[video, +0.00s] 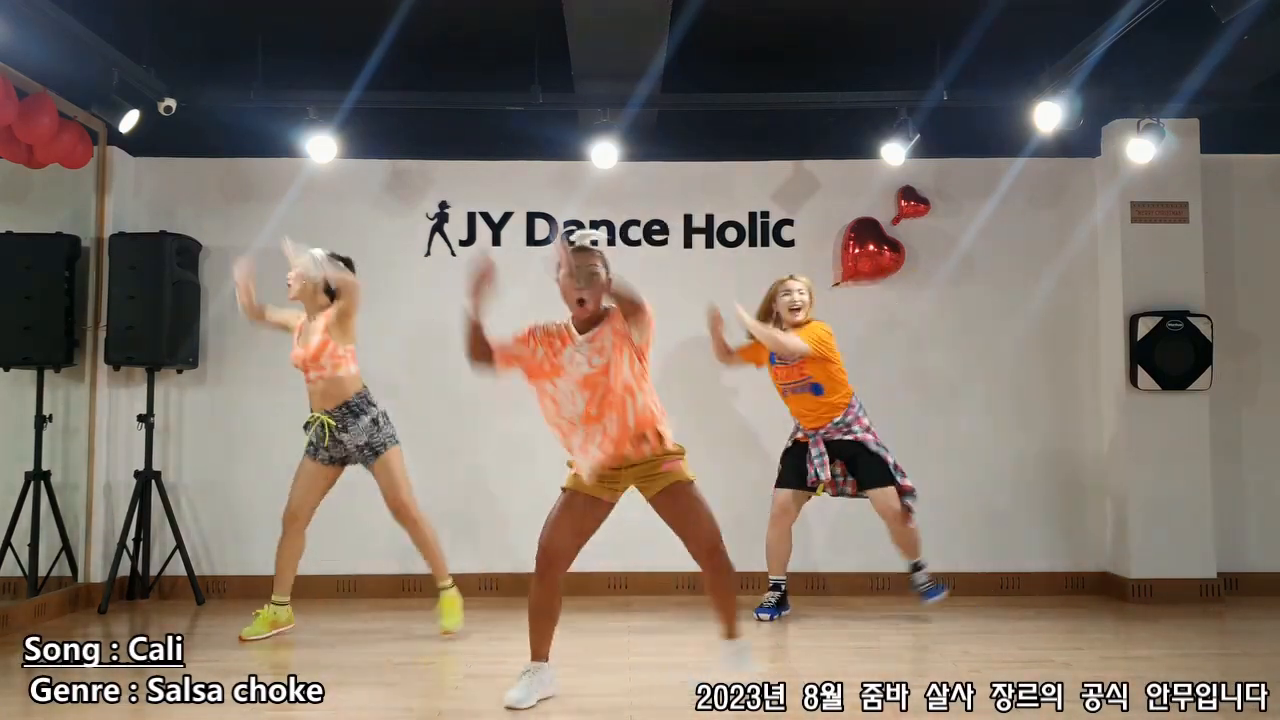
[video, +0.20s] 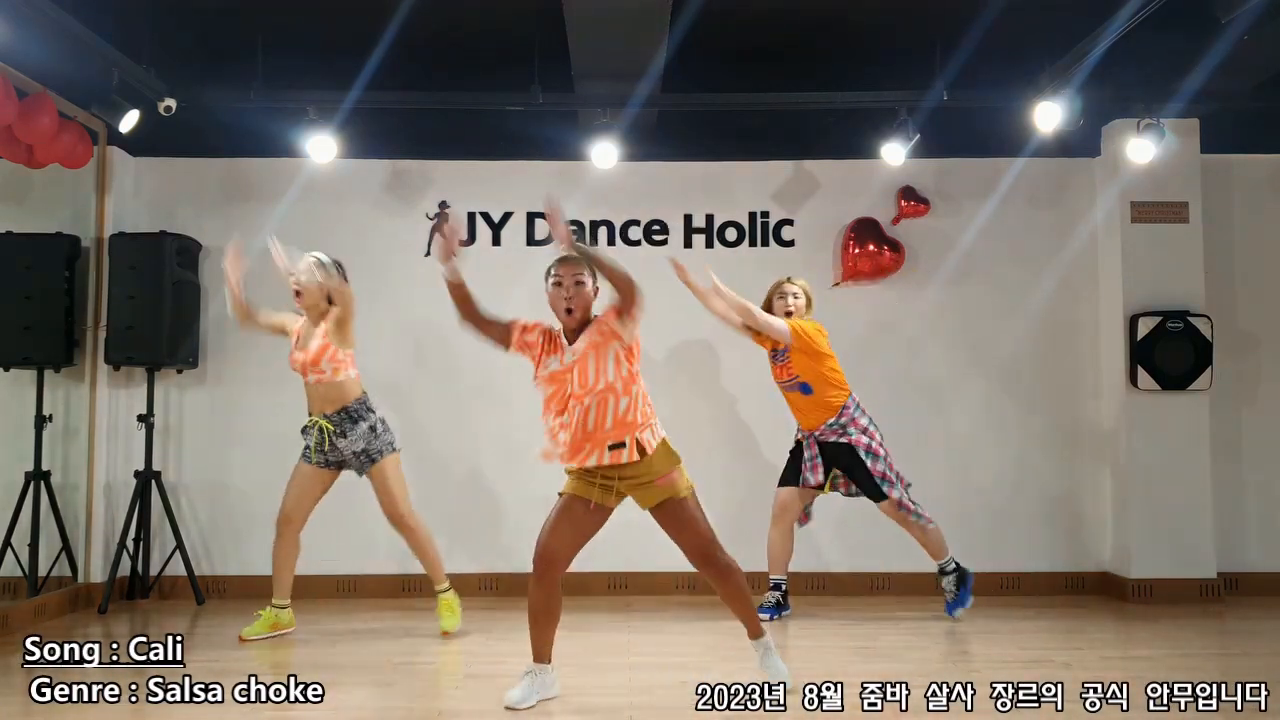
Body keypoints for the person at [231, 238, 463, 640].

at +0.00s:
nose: (290, 279)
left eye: (297, 274)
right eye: (291, 273)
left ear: (318, 282)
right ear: (297, 282)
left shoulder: (338, 316)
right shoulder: (298, 322)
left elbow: (349, 288)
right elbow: (257, 313)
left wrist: (319, 262)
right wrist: (245, 284)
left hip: (362, 418)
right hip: (324, 427)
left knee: (403, 508)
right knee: (294, 517)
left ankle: (447, 589)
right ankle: (279, 607)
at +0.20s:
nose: (295, 285)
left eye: (305, 279)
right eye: (294, 278)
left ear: (330, 288)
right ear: (293, 287)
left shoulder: (339, 324)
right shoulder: (294, 325)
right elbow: (249, 318)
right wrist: (234, 282)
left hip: (362, 424)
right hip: (322, 432)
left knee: (400, 513)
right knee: (288, 521)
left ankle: (445, 593)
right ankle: (280, 609)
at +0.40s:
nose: (342, 295)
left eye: (351, 288)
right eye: (335, 289)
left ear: (365, 296)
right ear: (327, 298)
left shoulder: (385, 343)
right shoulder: (320, 347)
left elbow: (424, 389)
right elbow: (298, 395)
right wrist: (285, 411)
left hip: (380, 440)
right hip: (335, 441)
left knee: (401, 534)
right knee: (286, 526)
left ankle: (423, 611)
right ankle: (278, 613)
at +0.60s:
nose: (383, 284)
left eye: (391, 278)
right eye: (376, 279)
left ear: (402, 285)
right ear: (365, 286)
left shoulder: (419, 322)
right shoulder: (356, 325)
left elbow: (475, 342)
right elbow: (306, 352)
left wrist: (443, 330)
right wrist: (328, 335)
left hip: (418, 425)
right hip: (373, 426)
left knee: (418, 525)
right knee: (346, 518)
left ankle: (425, 610)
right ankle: (354, 601)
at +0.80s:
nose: (418, 291)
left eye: (426, 285)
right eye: (411, 285)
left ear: (436, 292)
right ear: (399, 292)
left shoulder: (449, 331)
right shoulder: (385, 333)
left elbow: (503, 363)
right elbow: (333, 361)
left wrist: (476, 346)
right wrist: (367, 343)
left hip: (444, 428)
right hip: (398, 431)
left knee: (484, 513)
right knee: (381, 532)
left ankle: (486, 594)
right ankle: (386, 613)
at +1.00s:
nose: (478, 301)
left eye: (481, 294)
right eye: (468, 295)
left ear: (487, 300)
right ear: (449, 303)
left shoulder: (490, 348)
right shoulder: (434, 346)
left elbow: (516, 396)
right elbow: (394, 400)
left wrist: (520, 415)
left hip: (474, 443)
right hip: (430, 444)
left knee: (514, 526)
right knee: (385, 532)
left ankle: (524, 610)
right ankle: (383, 612)